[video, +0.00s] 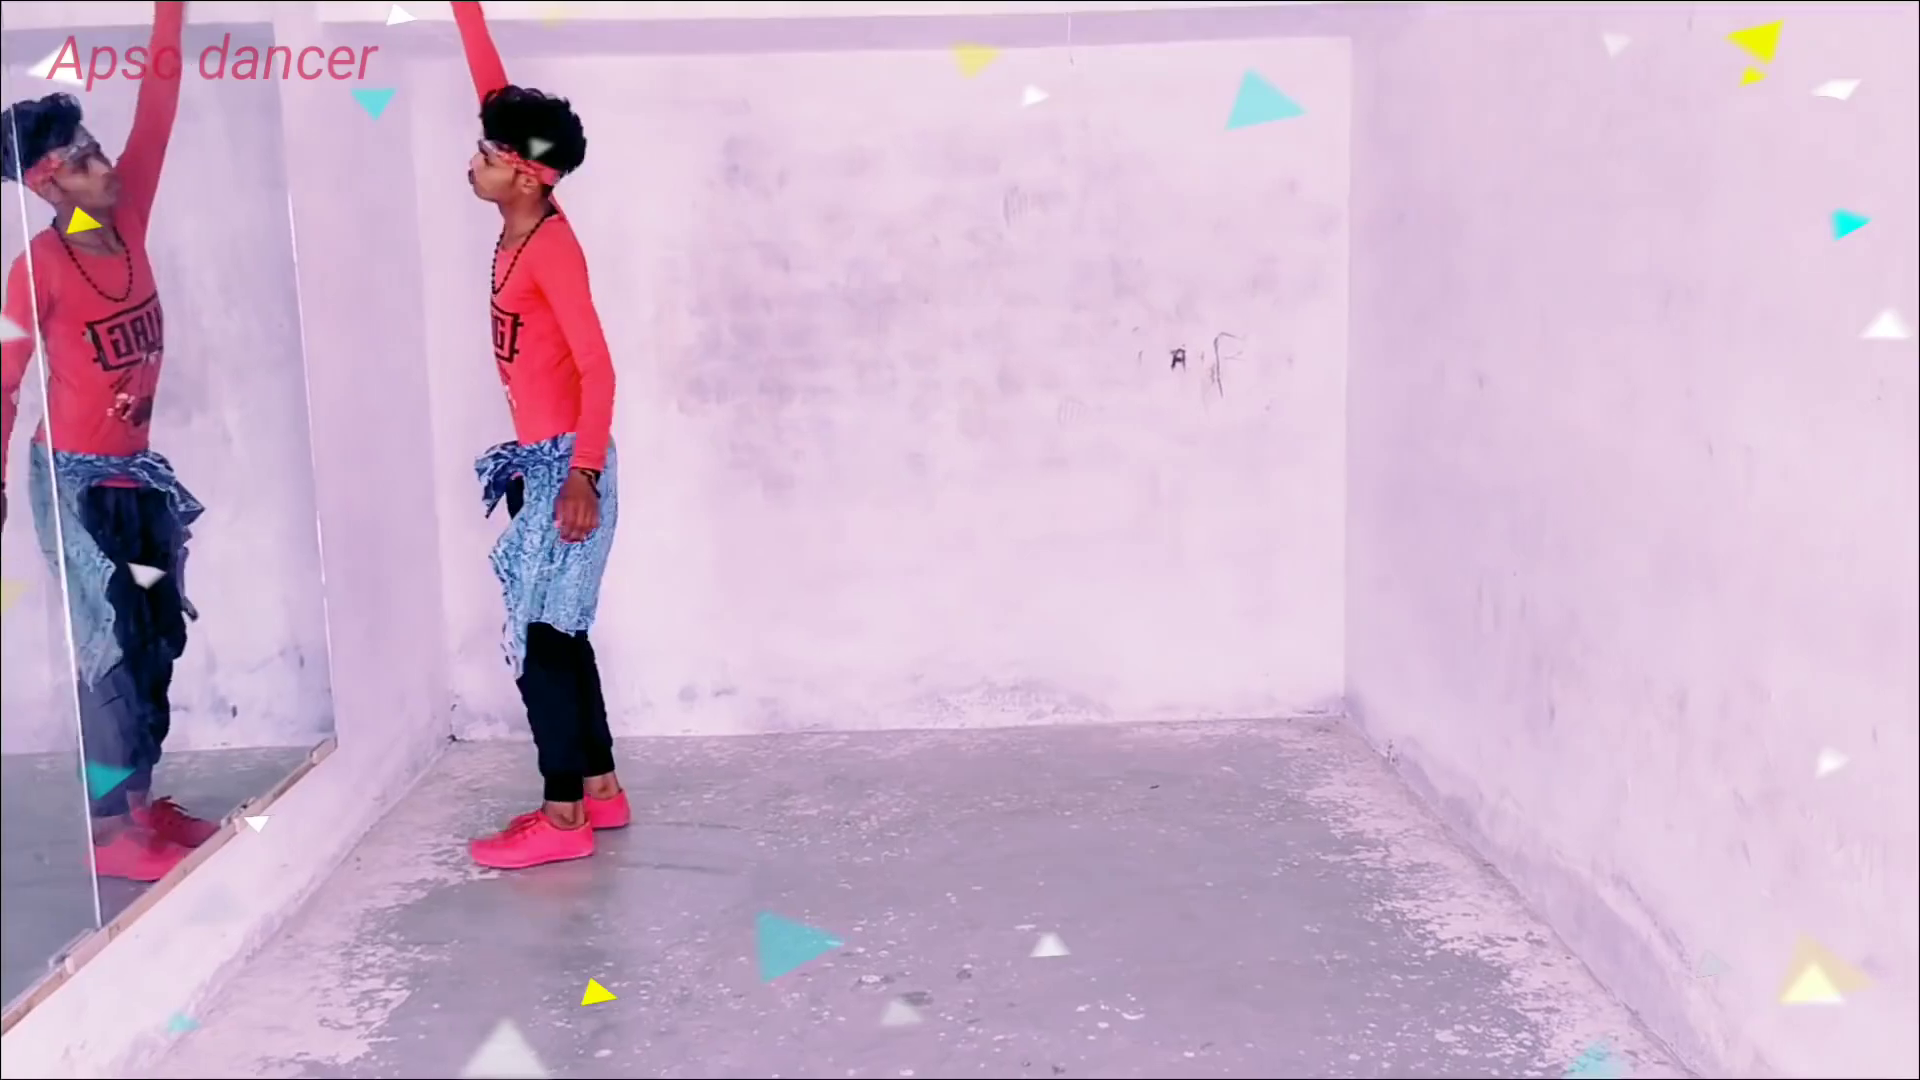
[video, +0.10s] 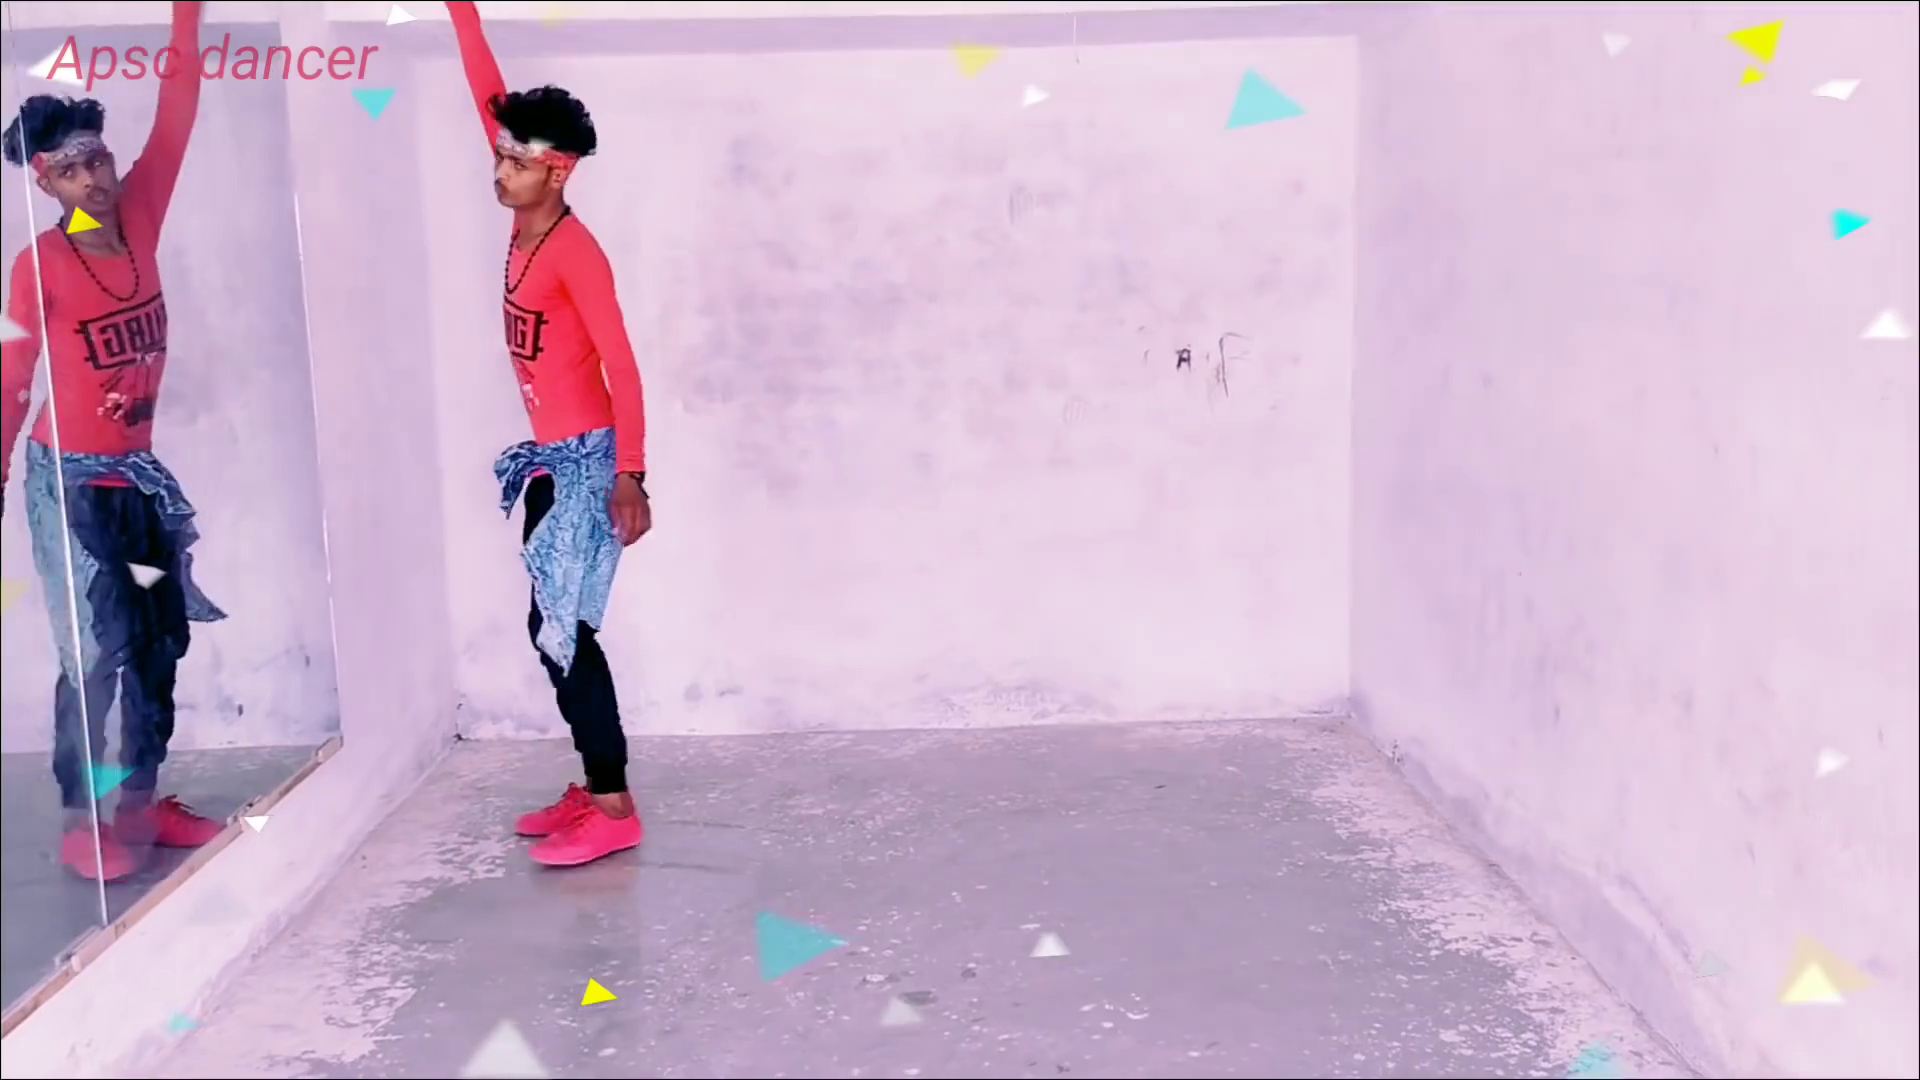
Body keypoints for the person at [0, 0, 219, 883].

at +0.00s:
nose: (102, 162)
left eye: (95, 149)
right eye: (81, 158)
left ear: (103, 160)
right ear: (46, 183)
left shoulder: (123, 217)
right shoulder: (37, 270)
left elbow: (158, 102)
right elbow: (3, 389)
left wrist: (171, 4)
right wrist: (4, 483)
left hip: (137, 468)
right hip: (75, 476)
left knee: (154, 634)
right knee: (106, 641)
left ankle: (142, 805)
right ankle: (108, 827)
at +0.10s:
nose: (91, 175)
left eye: (95, 155)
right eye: (69, 165)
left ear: (114, 157)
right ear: (41, 180)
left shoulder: (137, 219)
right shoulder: (36, 269)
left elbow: (177, 108)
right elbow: (8, 395)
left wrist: (188, 8)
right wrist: (6, 480)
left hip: (138, 475)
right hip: (68, 482)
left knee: (157, 642)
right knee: (96, 648)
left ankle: (141, 805)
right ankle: (85, 826)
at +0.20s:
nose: (77, 174)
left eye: (87, 156)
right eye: (59, 162)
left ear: (107, 159)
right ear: (33, 173)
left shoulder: (134, 221)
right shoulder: (18, 270)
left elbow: (197, 127)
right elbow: (5, 394)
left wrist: (214, 22)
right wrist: (6, 492)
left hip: (126, 478)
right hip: (45, 482)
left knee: (150, 632)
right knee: (41, 646)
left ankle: (139, 799)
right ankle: (16, 812)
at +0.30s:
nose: (51, 174)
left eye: (62, 160)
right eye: (35, 163)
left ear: (83, 162)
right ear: (13, 172)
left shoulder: (125, 228)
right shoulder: (8, 256)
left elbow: (221, 175)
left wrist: (231, 71)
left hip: (106, 475)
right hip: (26, 478)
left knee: (129, 635)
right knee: (15, 633)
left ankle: (139, 800)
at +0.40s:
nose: (23, 179)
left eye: (32, 164)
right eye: (9, 166)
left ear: (51, 164)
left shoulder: (99, 245)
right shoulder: (2, 257)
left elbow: (219, 258)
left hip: (80, 478)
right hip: (8, 479)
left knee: (121, 629)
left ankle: (139, 798)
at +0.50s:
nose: (6, 183)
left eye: (10, 169)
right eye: (1, 171)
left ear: (20, 172)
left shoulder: (60, 265)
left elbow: (153, 324)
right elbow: (155, 324)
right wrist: (234, 342)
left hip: (42, 484)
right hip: (5, 488)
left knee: (116, 627)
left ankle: (137, 798)